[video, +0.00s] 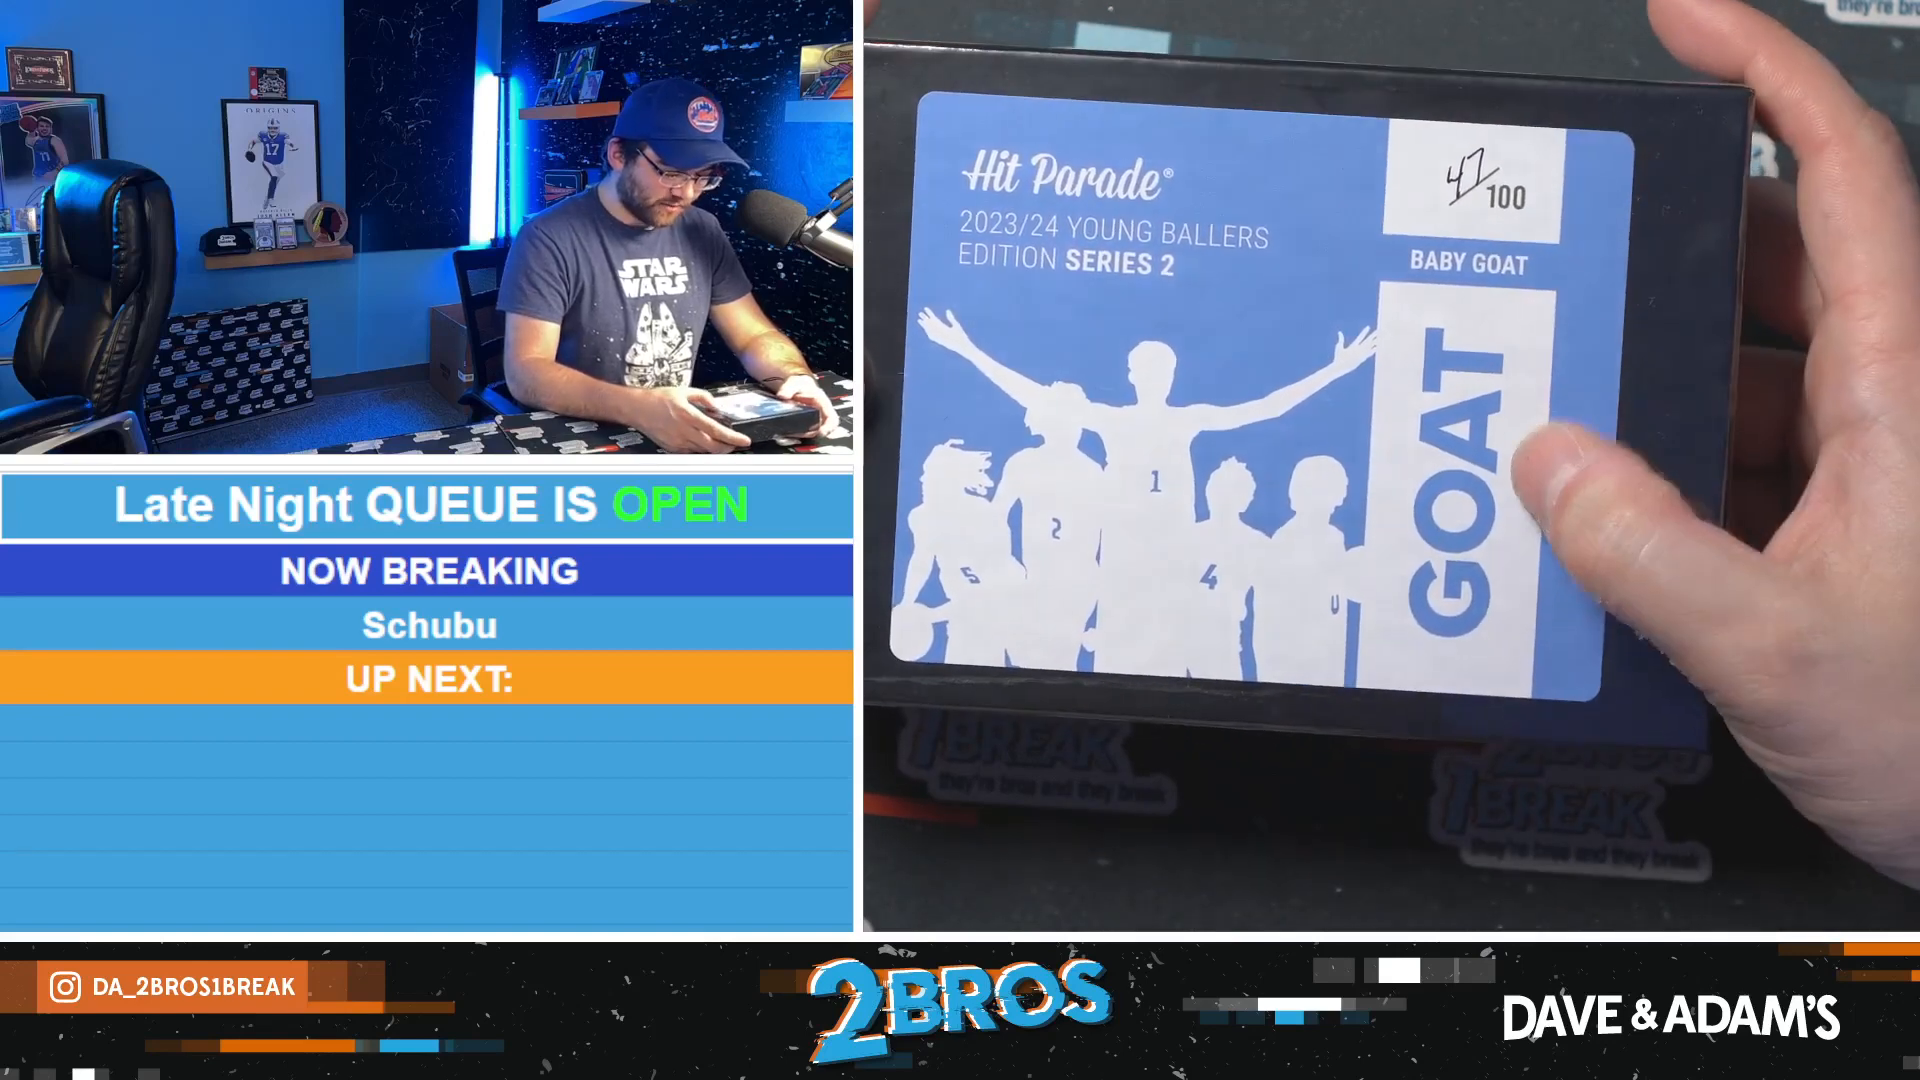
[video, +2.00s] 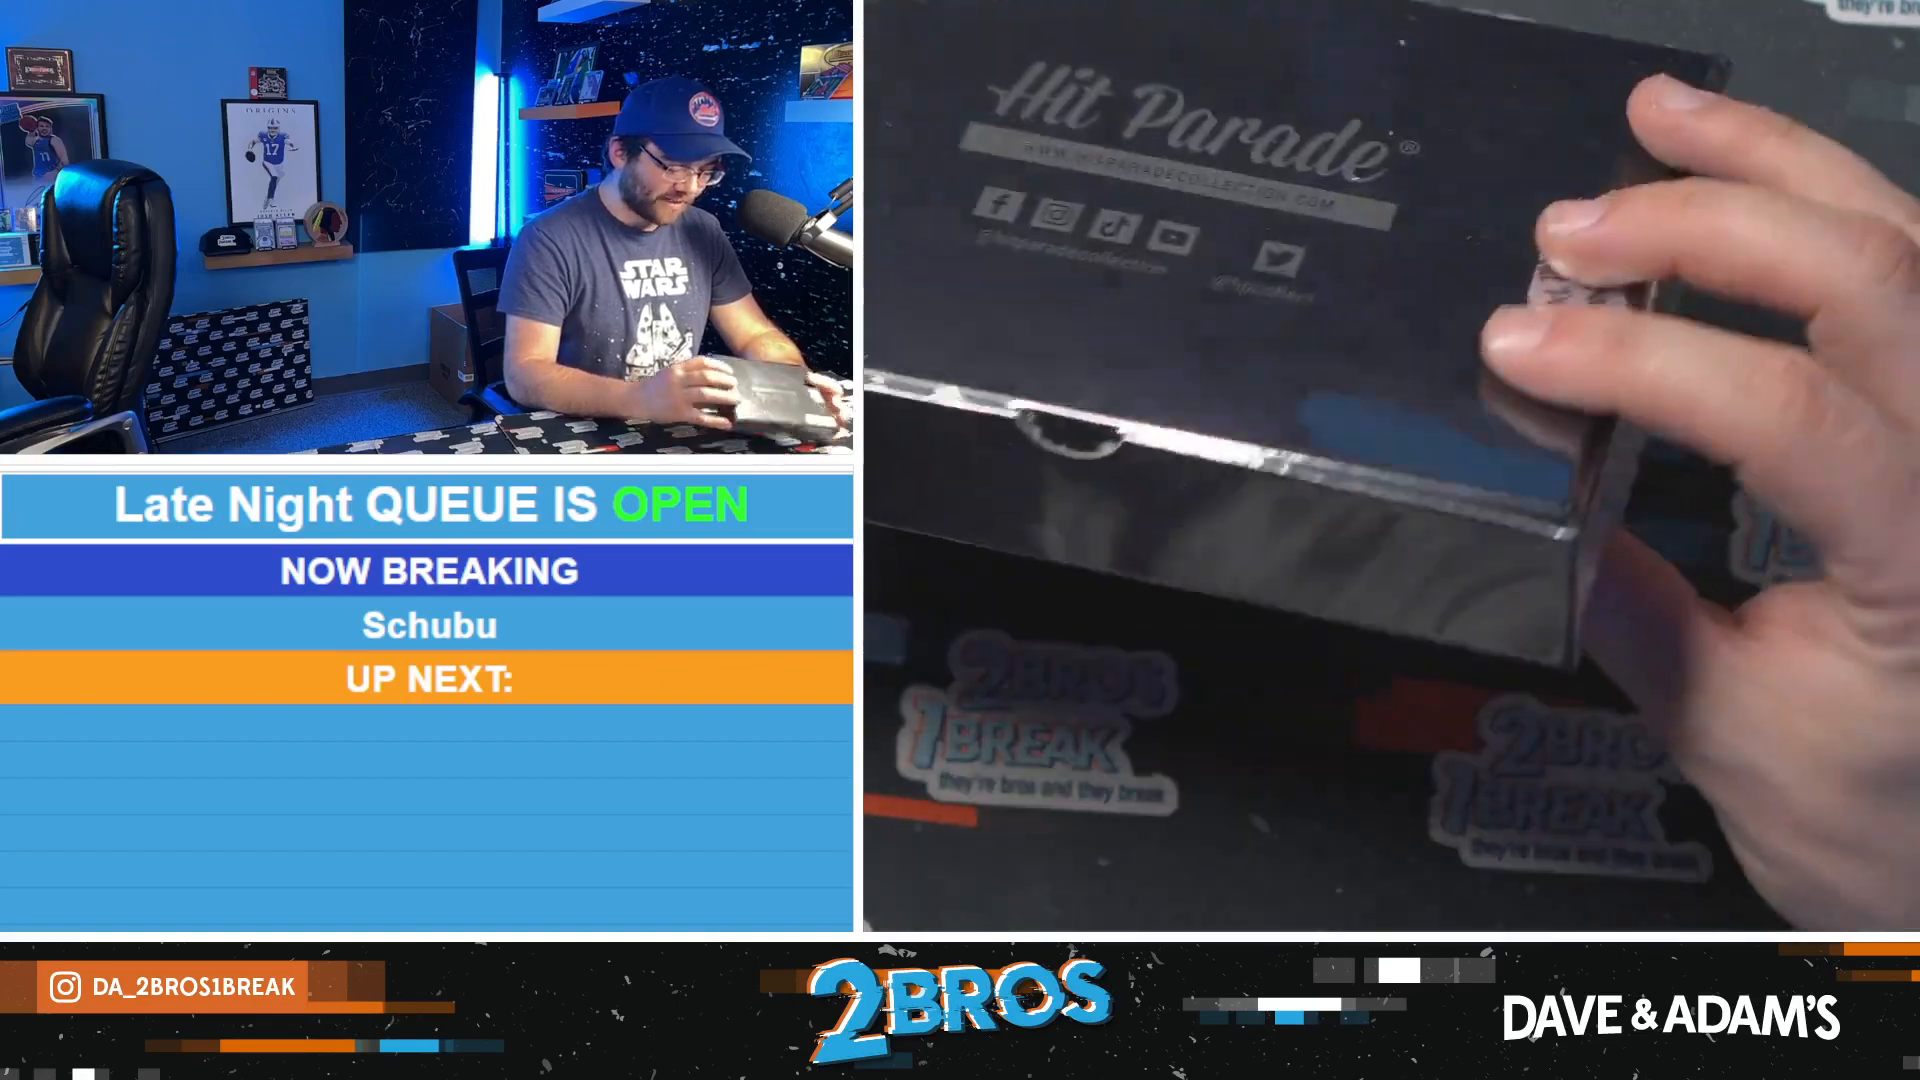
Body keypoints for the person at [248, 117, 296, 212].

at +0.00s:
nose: (273, 130)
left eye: (275, 128)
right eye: (271, 128)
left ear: (278, 128)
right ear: (268, 128)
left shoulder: (283, 136)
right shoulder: (263, 136)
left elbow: (290, 143)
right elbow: (253, 141)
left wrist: (292, 147)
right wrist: (250, 149)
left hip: (279, 164)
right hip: (267, 162)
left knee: (276, 182)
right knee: (274, 176)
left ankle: (267, 200)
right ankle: (270, 199)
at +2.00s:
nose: (273, 130)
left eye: (275, 128)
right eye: (271, 128)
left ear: (278, 128)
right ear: (268, 128)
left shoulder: (283, 136)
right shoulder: (263, 136)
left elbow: (290, 143)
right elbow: (253, 141)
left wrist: (292, 147)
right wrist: (250, 149)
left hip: (279, 164)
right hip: (267, 162)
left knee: (275, 182)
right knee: (274, 176)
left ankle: (267, 200)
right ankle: (270, 199)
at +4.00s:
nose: (273, 130)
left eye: (275, 128)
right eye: (271, 128)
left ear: (278, 128)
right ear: (268, 128)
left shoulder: (283, 136)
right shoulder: (263, 136)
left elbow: (289, 142)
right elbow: (253, 142)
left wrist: (292, 146)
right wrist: (250, 149)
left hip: (278, 163)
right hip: (267, 162)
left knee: (276, 181)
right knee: (274, 176)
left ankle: (267, 200)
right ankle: (270, 199)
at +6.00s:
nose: (273, 130)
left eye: (275, 128)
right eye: (271, 128)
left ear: (278, 129)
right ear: (268, 128)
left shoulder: (283, 136)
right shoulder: (263, 136)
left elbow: (289, 143)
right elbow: (254, 142)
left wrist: (292, 147)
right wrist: (250, 148)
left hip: (279, 163)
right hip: (268, 162)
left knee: (276, 182)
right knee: (274, 176)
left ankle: (268, 199)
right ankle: (271, 199)